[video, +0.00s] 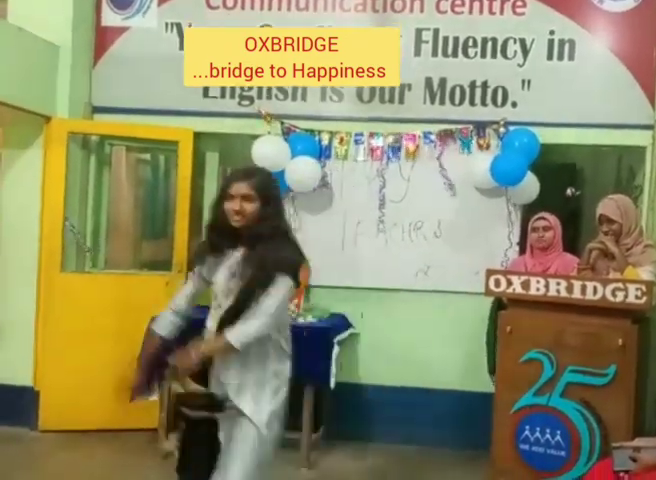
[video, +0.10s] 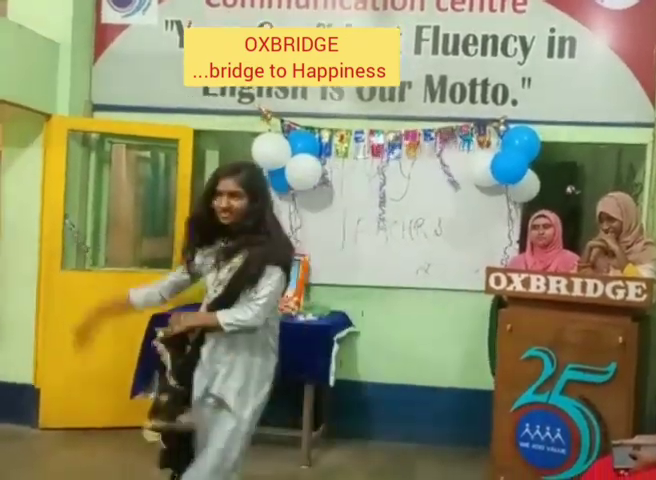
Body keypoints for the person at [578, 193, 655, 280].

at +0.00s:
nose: (604, 229)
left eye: (611, 222)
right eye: (600, 222)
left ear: (627, 221)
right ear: (597, 224)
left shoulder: (647, 253)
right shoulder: (595, 251)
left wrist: (617, 252)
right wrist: (587, 254)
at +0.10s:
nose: (604, 227)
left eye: (611, 220)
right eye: (601, 220)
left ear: (628, 219)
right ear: (597, 222)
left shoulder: (648, 251)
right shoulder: (595, 249)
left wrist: (617, 250)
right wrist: (587, 252)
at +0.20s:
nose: (605, 225)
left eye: (612, 217)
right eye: (602, 218)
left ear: (629, 217)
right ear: (598, 220)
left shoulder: (649, 248)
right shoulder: (596, 247)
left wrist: (618, 248)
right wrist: (588, 250)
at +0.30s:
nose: (605, 223)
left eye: (612, 215)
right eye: (602, 216)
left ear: (629, 215)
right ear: (598, 217)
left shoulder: (649, 246)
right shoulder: (596, 245)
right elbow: (580, 275)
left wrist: (618, 246)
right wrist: (588, 247)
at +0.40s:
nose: (606, 221)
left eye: (612, 213)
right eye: (602, 214)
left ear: (629, 213)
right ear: (599, 216)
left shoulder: (649, 245)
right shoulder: (596, 242)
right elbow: (580, 272)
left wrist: (618, 244)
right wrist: (588, 244)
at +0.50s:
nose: (605, 219)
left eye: (612, 211)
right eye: (602, 212)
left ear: (629, 211)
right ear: (599, 213)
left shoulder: (649, 243)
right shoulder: (596, 241)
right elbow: (580, 271)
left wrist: (618, 242)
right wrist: (588, 242)